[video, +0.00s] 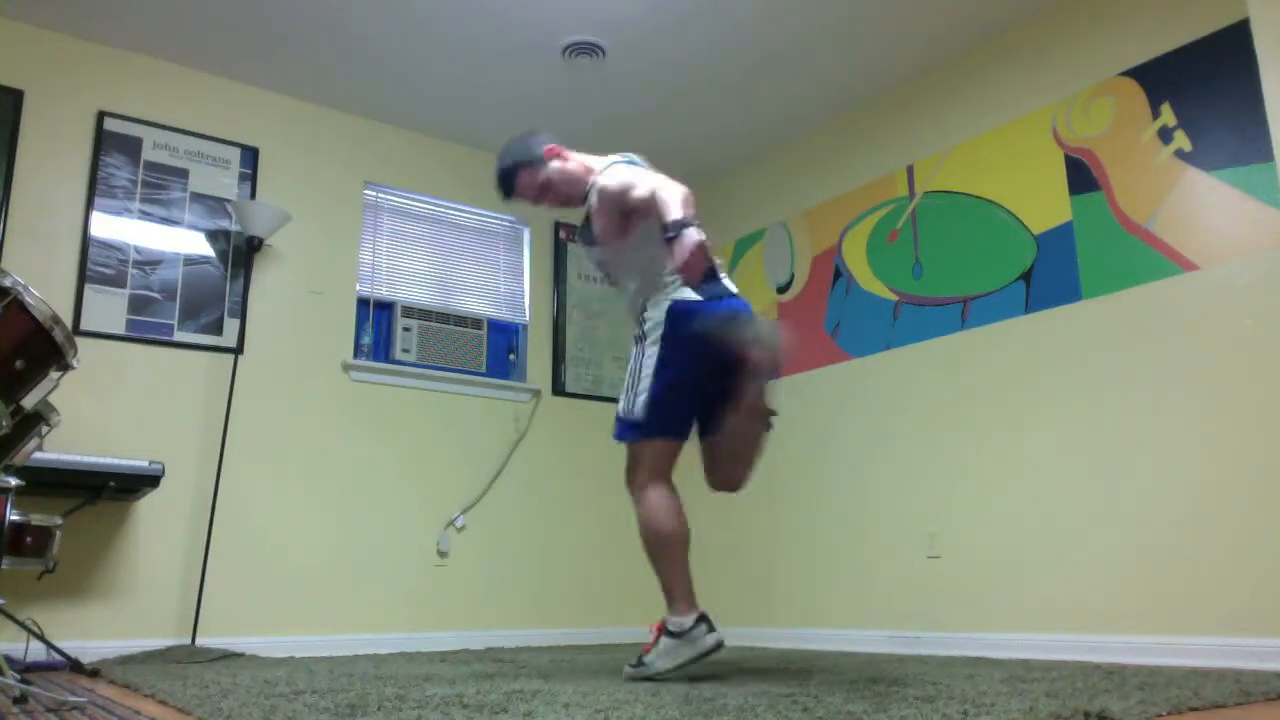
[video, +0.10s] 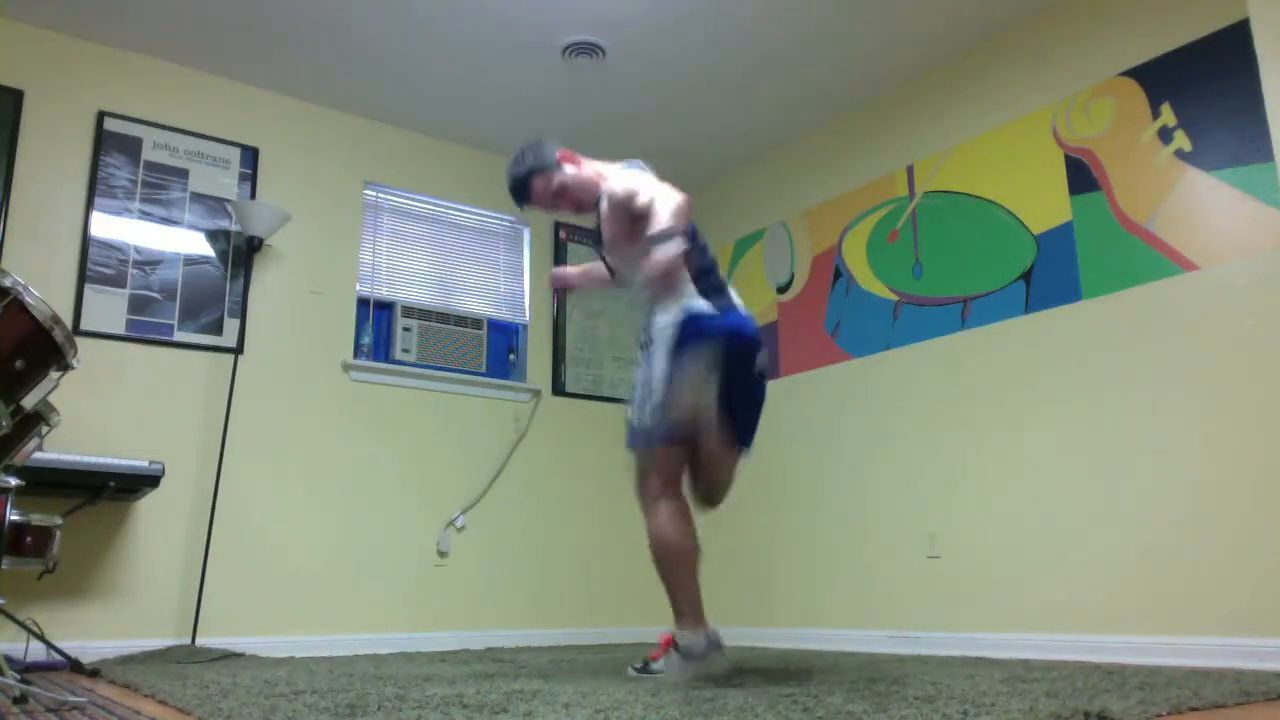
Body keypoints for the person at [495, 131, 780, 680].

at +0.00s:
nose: (548, 201)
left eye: (542, 189)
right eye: (538, 200)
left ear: (556, 156)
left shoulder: (609, 178)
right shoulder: (608, 195)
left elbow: (667, 190)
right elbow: (630, 243)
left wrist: (681, 232)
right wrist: (585, 237)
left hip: (678, 317)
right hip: (723, 309)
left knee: (648, 477)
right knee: (728, 472)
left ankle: (685, 624)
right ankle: (759, 365)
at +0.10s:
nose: (561, 207)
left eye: (555, 194)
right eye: (552, 205)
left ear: (568, 161)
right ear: (551, 200)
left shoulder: (619, 183)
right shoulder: (612, 207)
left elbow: (669, 199)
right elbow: (629, 267)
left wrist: (663, 242)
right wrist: (575, 277)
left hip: (686, 331)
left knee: (658, 489)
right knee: (711, 485)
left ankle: (695, 641)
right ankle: (706, 393)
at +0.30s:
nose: (560, 223)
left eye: (556, 209)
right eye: (548, 223)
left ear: (562, 176)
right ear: (541, 221)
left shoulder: (614, 201)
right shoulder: (617, 212)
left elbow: (682, 213)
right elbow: (689, 230)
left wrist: (632, 257)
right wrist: (730, 266)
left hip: (689, 340)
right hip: (717, 335)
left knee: (670, 498)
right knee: (769, 483)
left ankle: (697, 645)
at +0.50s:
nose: (569, 254)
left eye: (562, 240)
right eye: (557, 253)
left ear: (573, 206)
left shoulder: (630, 230)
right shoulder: (613, 230)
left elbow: (691, 265)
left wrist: (649, 337)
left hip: (719, 358)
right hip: (743, 355)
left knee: (676, 502)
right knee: (716, 504)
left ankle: (708, 646)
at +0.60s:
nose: (567, 264)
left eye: (561, 251)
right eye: (556, 262)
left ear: (572, 217)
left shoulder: (638, 241)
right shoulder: (620, 249)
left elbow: (699, 270)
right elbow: (690, 244)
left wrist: (656, 334)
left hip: (723, 366)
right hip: (709, 371)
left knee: (673, 502)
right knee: (712, 516)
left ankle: (708, 646)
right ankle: (822, 601)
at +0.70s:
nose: (571, 245)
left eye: (564, 234)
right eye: (561, 242)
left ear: (572, 203)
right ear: (564, 218)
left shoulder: (640, 219)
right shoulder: (618, 231)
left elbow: (713, 235)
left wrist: (705, 299)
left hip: (723, 349)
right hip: (703, 354)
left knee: (693, 495)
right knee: (694, 493)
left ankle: (709, 644)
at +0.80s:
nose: (578, 211)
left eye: (572, 200)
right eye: (570, 206)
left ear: (589, 172)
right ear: (580, 182)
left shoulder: (656, 199)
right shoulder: (628, 220)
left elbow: (747, 212)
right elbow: (652, 284)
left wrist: (769, 265)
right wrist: (609, 307)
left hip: (705, 334)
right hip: (720, 336)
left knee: (660, 479)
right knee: (727, 479)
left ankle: (701, 624)